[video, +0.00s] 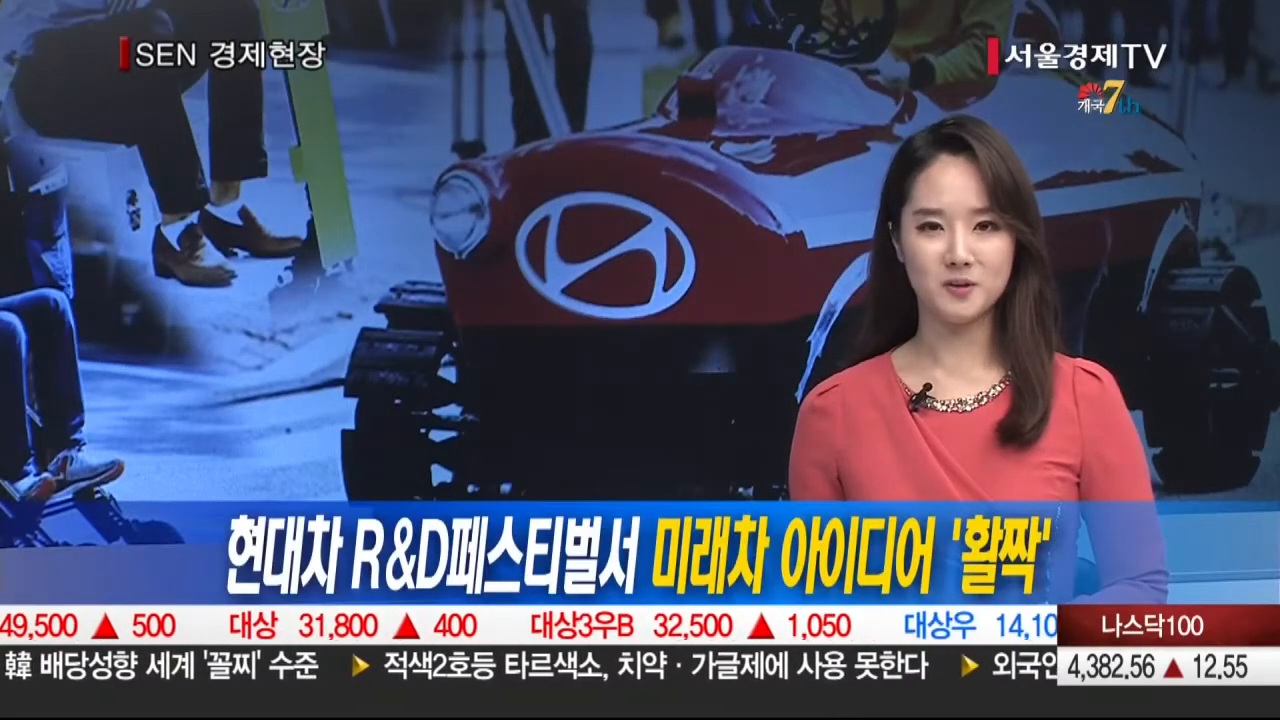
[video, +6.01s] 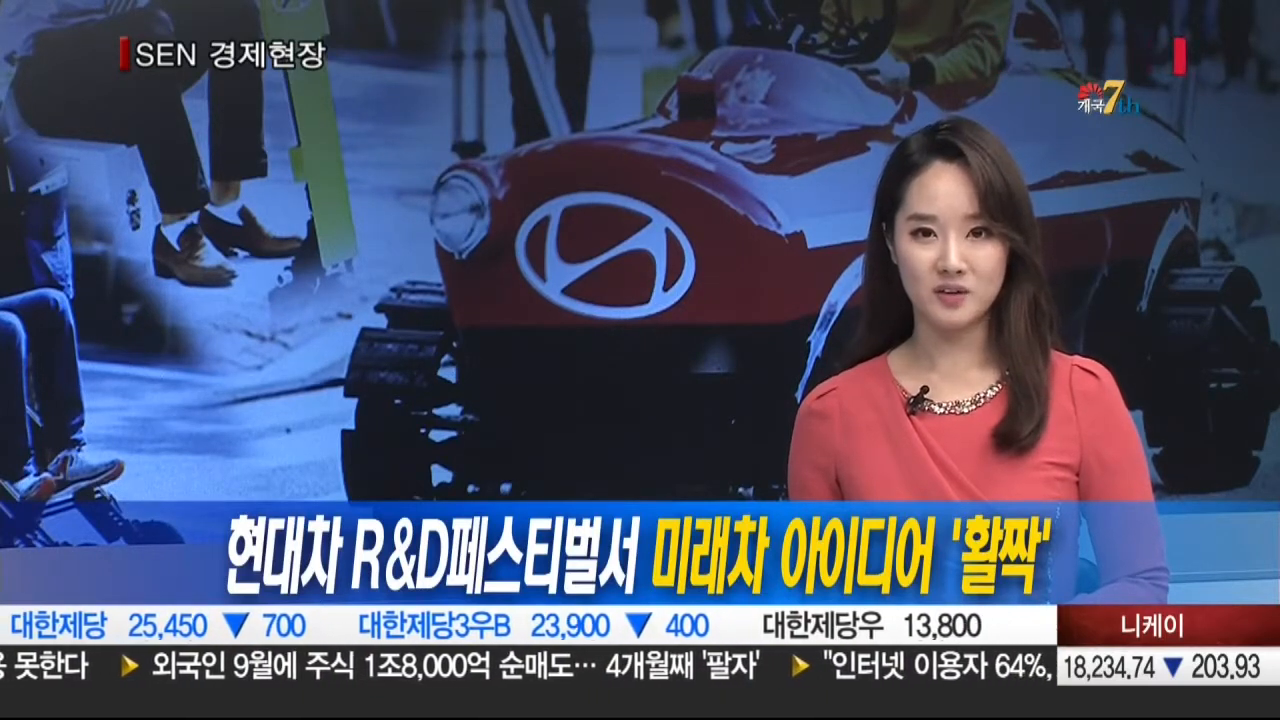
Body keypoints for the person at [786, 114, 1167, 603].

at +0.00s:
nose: (959, 254)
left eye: (986, 226)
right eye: (931, 227)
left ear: (1019, 242)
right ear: (897, 244)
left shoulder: (1085, 398)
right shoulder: (832, 413)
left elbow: (1139, 585)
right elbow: (812, 605)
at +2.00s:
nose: (954, 249)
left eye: (982, 224)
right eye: (928, 222)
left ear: (1015, 243)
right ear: (893, 239)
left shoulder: (1083, 396)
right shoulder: (829, 414)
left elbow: (1142, 580)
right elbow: (811, 604)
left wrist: (1041, 647)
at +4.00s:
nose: (955, 259)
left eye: (982, 230)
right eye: (927, 230)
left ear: (1015, 245)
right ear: (893, 244)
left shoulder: (1084, 397)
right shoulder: (830, 415)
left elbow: (1142, 583)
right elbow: (811, 605)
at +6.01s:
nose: (952, 262)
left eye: (979, 232)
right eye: (924, 233)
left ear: (1013, 246)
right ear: (891, 245)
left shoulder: (1083, 396)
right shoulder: (830, 415)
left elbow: (1142, 582)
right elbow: (811, 605)